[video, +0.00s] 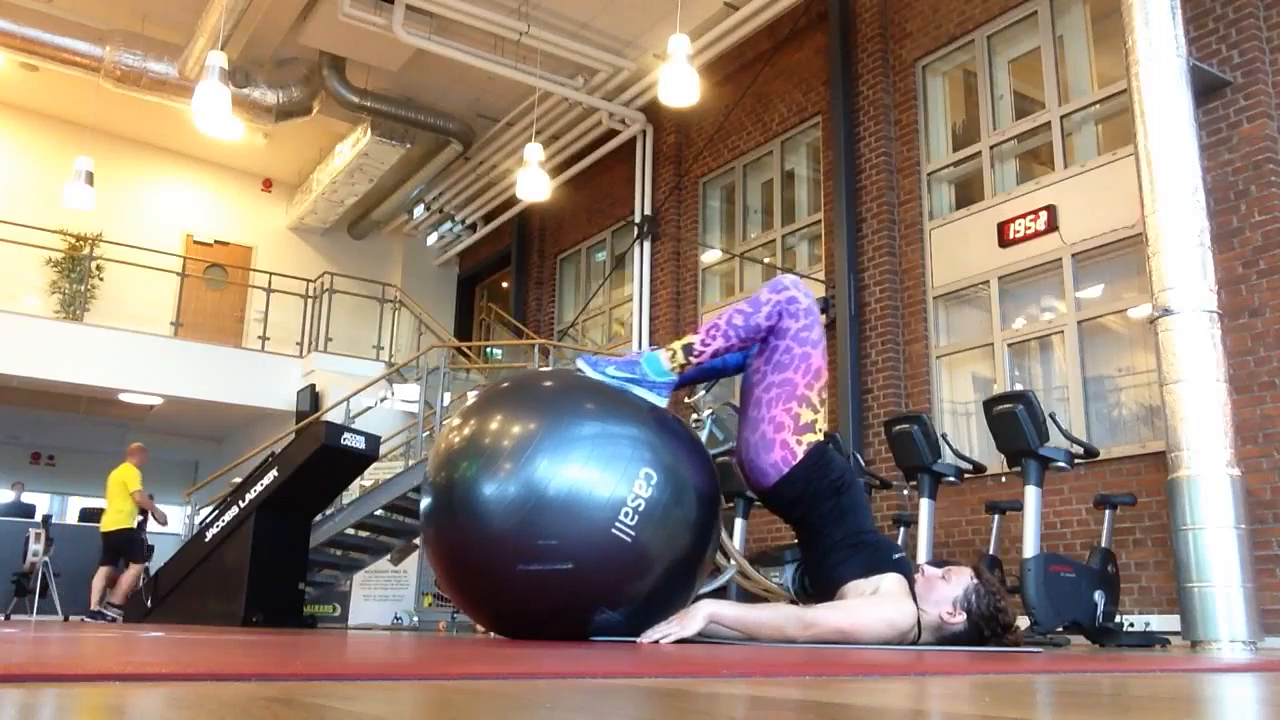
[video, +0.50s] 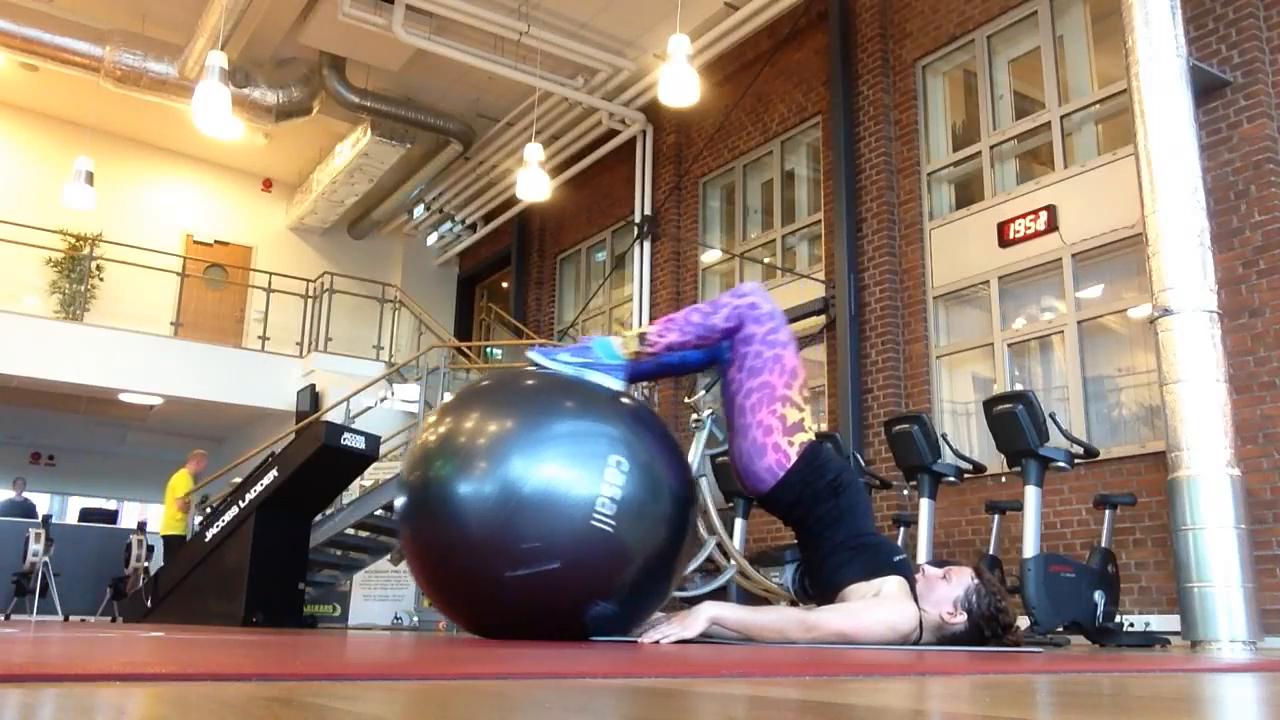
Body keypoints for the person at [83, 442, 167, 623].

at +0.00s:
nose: (145, 460)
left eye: (145, 456)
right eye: (144, 456)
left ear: (129, 454)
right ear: (138, 455)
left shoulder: (115, 472)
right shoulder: (131, 471)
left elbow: (116, 499)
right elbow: (139, 497)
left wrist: (141, 506)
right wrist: (154, 510)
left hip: (107, 525)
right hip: (123, 525)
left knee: (105, 567)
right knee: (136, 564)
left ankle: (94, 608)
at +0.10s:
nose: (158, 463)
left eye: (158, 459)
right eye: (157, 459)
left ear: (142, 458)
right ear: (151, 458)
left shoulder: (129, 475)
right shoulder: (143, 474)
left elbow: (130, 503)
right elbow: (143, 500)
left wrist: (156, 511)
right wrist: (162, 515)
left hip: (120, 529)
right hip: (136, 529)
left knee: (110, 569)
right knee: (146, 569)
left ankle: (95, 608)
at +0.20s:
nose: (170, 467)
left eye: (170, 463)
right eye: (169, 463)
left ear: (155, 461)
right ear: (163, 462)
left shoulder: (143, 479)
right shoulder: (154, 478)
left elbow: (145, 507)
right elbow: (149, 503)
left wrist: (164, 514)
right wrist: (170, 517)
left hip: (136, 534)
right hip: (150, 535)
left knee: (124, 570)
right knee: (153, 576)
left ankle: (99, 605)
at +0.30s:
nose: (183, 468)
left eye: (183, 464)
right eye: (182, 464)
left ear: (169, 462)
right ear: (176, 463)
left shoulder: (157, 478)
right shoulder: (165, 478)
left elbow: (157, 506)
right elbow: (160, 504)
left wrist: (176, 512)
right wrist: (180, 518)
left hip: (151, 531)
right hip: (160, 531)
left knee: (153, 569)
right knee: (178, 566)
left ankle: (123, 595)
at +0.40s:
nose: (194, 468)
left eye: (194, 464)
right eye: (193, 464)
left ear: (182, 460)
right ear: (188, 461)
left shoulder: (169, 476)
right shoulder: (175, 477)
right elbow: (171, 503)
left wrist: (183, 509)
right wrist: (183, 513)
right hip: (169, 529)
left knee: (172, 565)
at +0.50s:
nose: (205, 468)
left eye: (205, 464)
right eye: (204, 464)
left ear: (195, 461)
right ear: (197, 462)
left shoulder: (185, 477)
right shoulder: (184, 477)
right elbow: (181, 504)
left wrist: (185, 504)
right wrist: (188, 505)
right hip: (174, 530)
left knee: (174, 568)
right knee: (173, 568)